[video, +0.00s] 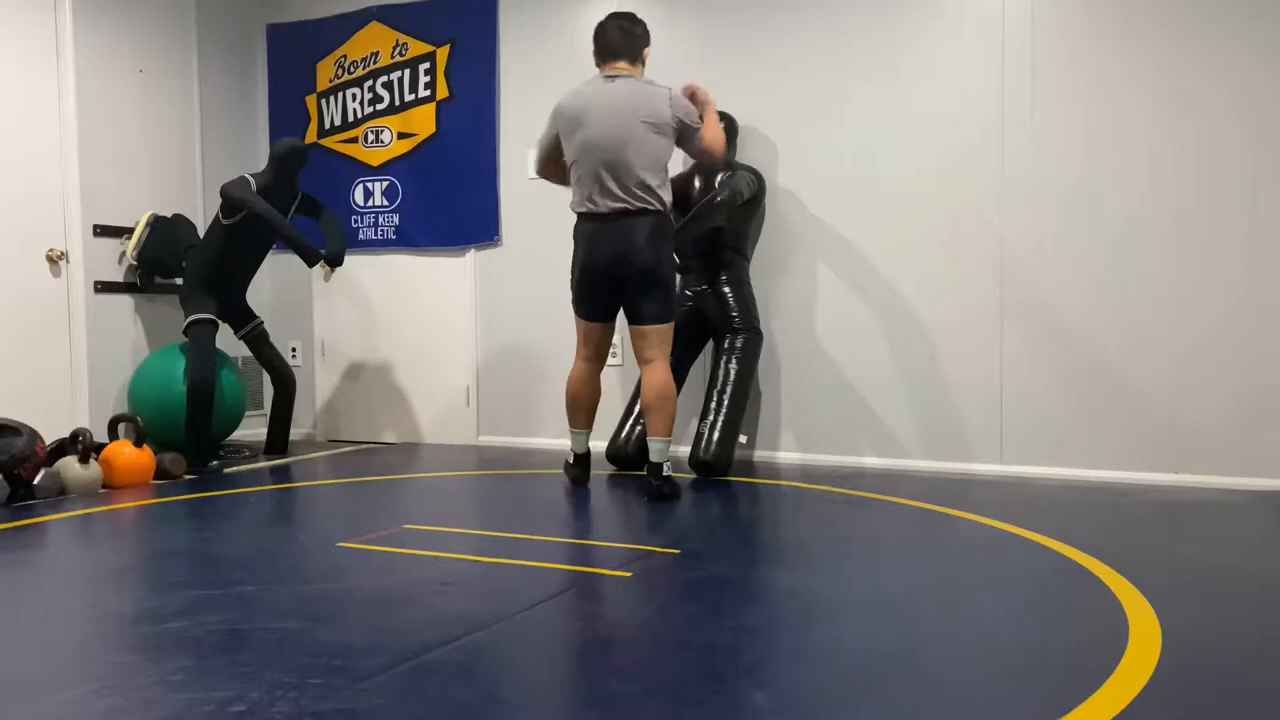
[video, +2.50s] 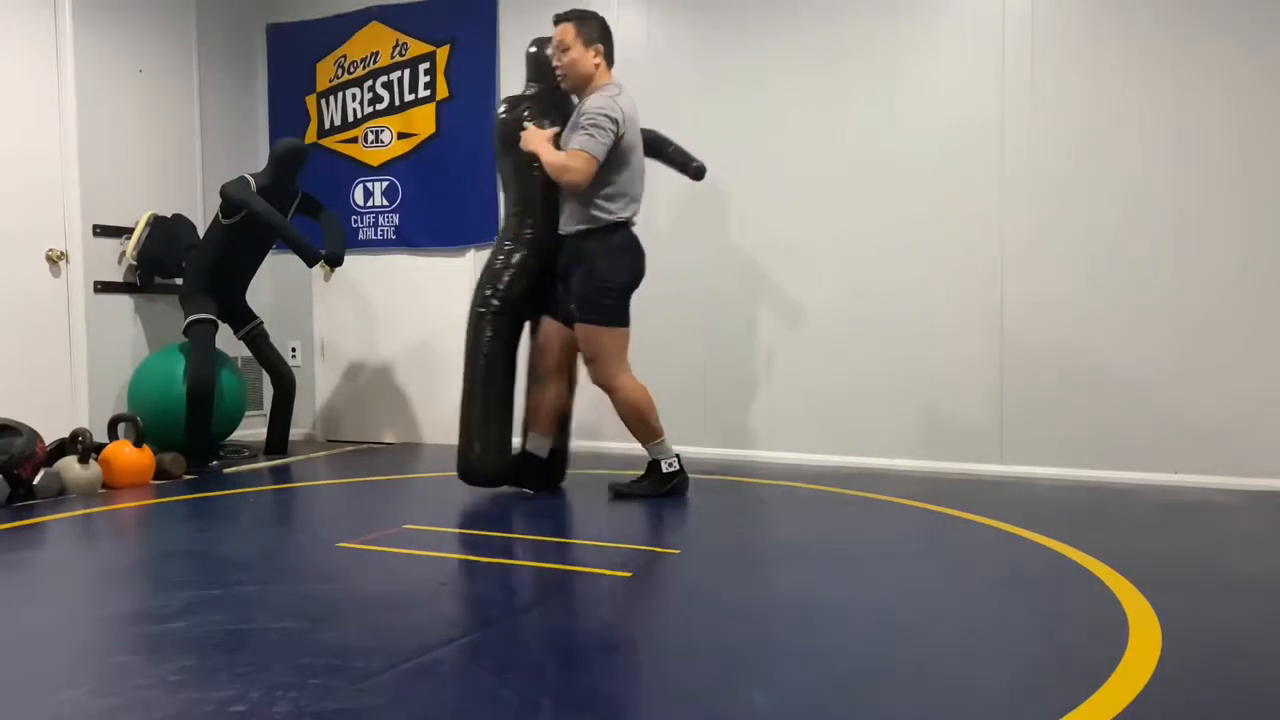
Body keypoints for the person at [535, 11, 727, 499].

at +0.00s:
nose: (648, 58)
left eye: (643, 52)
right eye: (648, 52)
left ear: (596, 55)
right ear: (643, 55)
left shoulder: (569, 103)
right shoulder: (665, 101)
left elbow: (548, 166)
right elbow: (715, 151)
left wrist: (595, 179)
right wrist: (708, 106)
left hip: (593, 241)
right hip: (649, 239)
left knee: (588, 355)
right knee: (655, 357)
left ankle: (579, 460)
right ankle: (659, 469)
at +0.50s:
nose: (624, 76)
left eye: (623, 69)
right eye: (623, 69)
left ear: (576, 71)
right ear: (615, 69)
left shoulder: (551, 121)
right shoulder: (635, 111)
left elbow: (564, 179)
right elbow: (684, 162)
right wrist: (700, 186)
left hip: (573, 249)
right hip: (625, 245)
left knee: (581, 359)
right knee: (655, 341)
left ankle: (578, 463)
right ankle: (659, 443)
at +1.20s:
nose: (640, 118)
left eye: (641, 112)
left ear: (642, 113)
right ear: (683, 122)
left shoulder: (612, 146)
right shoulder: (700, 161)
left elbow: (586, 213)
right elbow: (732, 223)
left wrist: (624, 208)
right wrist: (751, 240)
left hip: (615, 249)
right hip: (671, 254)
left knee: (607, 355)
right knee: (673, 353)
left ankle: (600, 444)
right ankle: (677, 451)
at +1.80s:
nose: (603, 83)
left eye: (609, 74)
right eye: (605, 73)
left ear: (633, 80)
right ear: (646, 82)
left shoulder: (609, 127)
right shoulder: (689, 130)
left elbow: (578, 199)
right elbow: (722, 195)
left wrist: (597, 169)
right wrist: (686, 210)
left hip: (643, 254)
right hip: (687, 254)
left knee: (618, 367)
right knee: (675, 364)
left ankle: (665, 461)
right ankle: (678, 463)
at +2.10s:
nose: (592, 56)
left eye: (600, 45)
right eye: (592, 46)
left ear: (633, 53)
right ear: (632, 55)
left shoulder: (619, 112)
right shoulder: (664, 105)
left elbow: (586, 186)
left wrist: (574, 151)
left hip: (641, 244)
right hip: (670, 239)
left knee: (624, 362)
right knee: (635, 359)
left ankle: (667, 469)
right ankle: (662, 463)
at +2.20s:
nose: (586, 52)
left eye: (595, 42)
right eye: (585, 42)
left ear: (627, 49)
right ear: (625, 52)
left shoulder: (619, 107)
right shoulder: (649, 99)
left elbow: (585, 183)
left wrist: (567, 152)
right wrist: (586, 152)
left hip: (641, 241)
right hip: (657, 236)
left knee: (635, 361)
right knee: (608, 340)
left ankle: (669, 467)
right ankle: (617, 446)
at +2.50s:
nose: (555, 61)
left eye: (563, 50)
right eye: (554, 52)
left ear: (596, 53)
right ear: (591, 56)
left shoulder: (602, 105)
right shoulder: (602, 102)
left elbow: (576, 173)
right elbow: (579, 164)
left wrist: (542, 148)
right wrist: (553, 143)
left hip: (603, 248)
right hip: (580, 248)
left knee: (610, 372)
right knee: (549, 360)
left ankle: (667, 465)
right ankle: (535, 464)